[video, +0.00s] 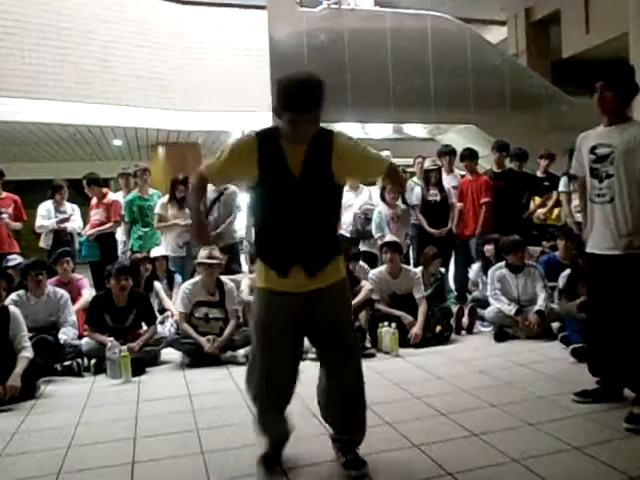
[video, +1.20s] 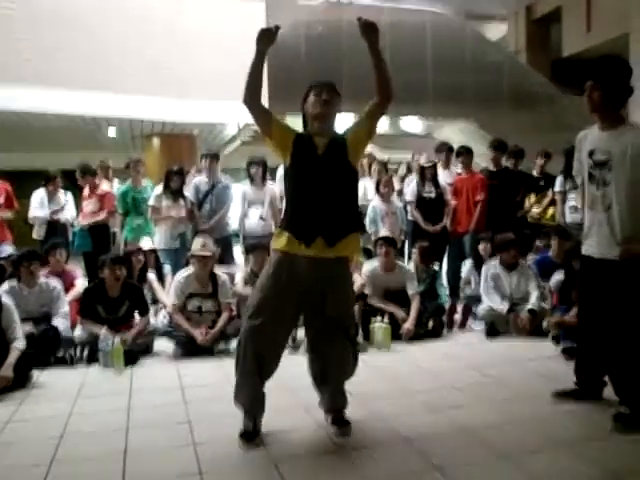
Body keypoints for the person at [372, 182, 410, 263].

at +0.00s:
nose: (393, 195)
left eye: (396, 192)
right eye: (389, 192)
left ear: (399, 194)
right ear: (383, 193)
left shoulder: (404, 210)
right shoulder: (379, 211)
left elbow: (408, 228)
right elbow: (376, 230)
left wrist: (406, 241)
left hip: (402, 245)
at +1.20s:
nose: (387, 190)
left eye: (390, 186)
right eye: (384, 186)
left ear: (393, 188)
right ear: (378, 188)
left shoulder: (398, 206)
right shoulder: (374, 205)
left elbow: (403, 222)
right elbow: (369, 222)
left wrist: (401, 234)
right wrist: (374, 234)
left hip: (396, 238)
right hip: (380, 237)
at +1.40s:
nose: (386, 164)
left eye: (388, 160)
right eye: (383, 161)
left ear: (392, 162)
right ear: (377, 163)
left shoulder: (398, 180)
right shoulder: (373, 180)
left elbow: (403, 196)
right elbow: (369, 198)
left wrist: (401, 208)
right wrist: (373, 209)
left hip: (396, 212)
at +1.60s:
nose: (386, 164)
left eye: (389, 161)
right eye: (383, 161)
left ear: (393, 163)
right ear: (378, 163)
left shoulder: (399, 179)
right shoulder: (374, 180)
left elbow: (404, 196)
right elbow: (370, 198)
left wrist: (402, 210)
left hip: (398, 213)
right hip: (381, 213)